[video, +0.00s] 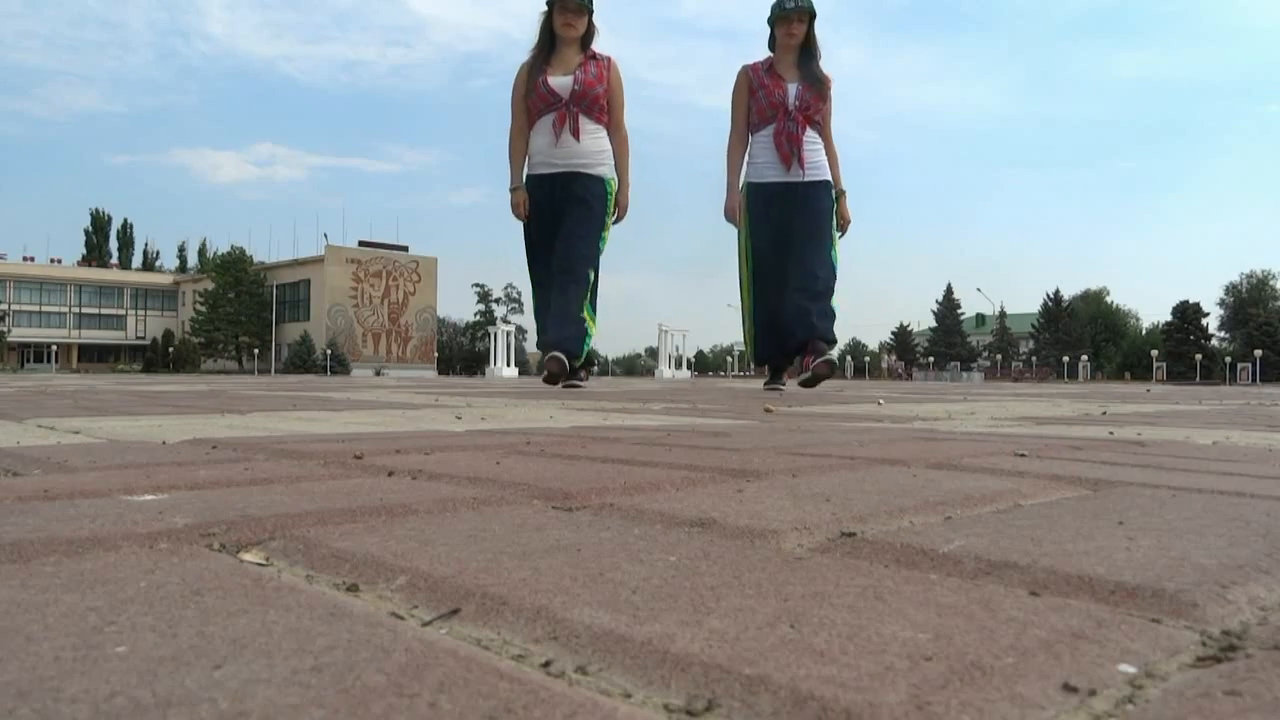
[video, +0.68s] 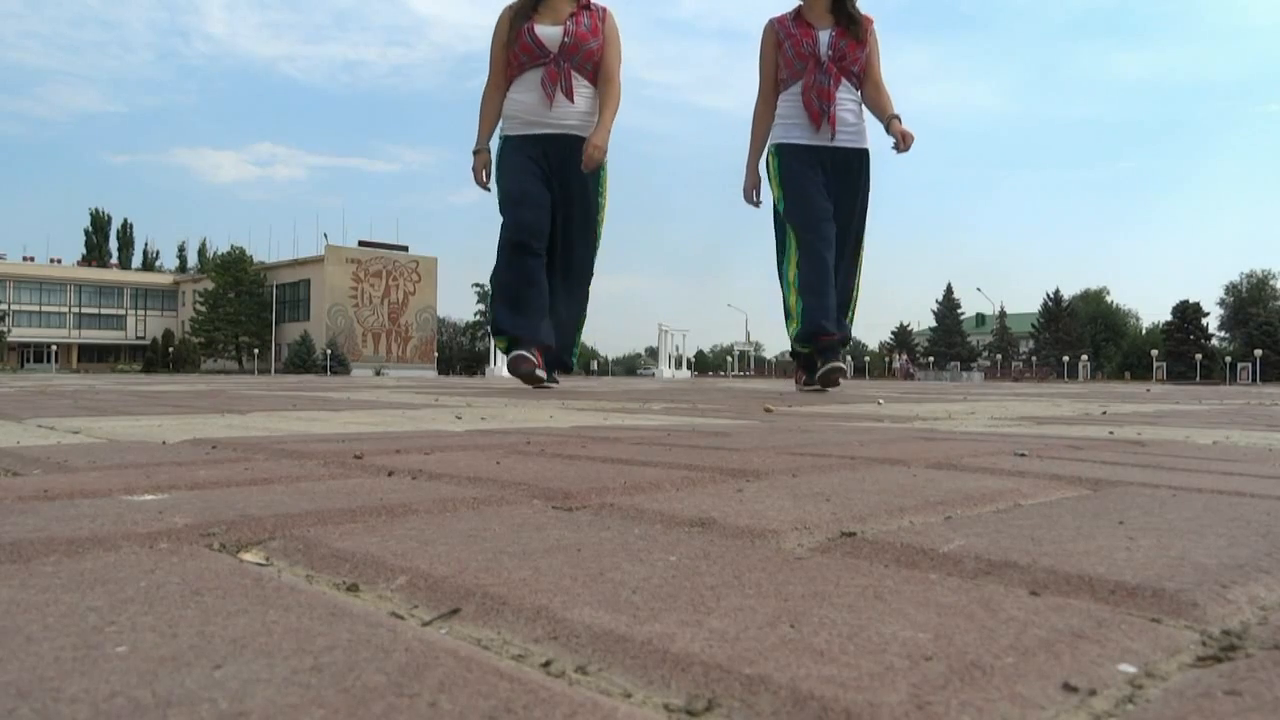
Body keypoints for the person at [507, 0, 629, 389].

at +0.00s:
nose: (570, 17)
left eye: (578, 11)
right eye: (562, 10)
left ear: (589, 19)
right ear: (550, 16)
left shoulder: (605, 67)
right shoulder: (530, 70)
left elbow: (617, 129)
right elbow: (519, 129)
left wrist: (623, 184)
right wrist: (516, 182)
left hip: (591, 178)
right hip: (541, 179)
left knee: (573, 261)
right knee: (545, 268)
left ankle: (558, 350)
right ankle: (573, 360)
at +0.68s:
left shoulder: (600, 17)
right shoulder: (513, 16)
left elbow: (610, 82)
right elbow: (496, 84)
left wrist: (602, 133)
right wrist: (482, 145)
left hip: (579, 147)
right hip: (521, 145)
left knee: (571, 250)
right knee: (525, 236)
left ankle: (553, 361)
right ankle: (524, 346)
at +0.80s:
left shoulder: (599, 9)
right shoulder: (508, 9)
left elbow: (607, 74)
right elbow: (492, 78)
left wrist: (599, 133)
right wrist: (479, 144)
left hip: (579, 143)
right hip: (519, 141)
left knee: (574, 253)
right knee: (531, 241)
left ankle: (557, 356)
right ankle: (536, 344)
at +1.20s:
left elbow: (613, 30)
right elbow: (471, 27)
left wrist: (628, 106)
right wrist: (460, 96)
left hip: (571, 95)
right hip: (501, 94)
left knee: (565, 213)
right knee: (510, 226)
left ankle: (574, 335)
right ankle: (534, 354)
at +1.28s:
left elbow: (610, 25)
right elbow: (466, 12)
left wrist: (625, 102)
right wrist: (458, 82)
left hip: (568, 85)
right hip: (498, 86)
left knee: (549, 191)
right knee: (506, 218)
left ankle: (566, 339)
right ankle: (531, 350)